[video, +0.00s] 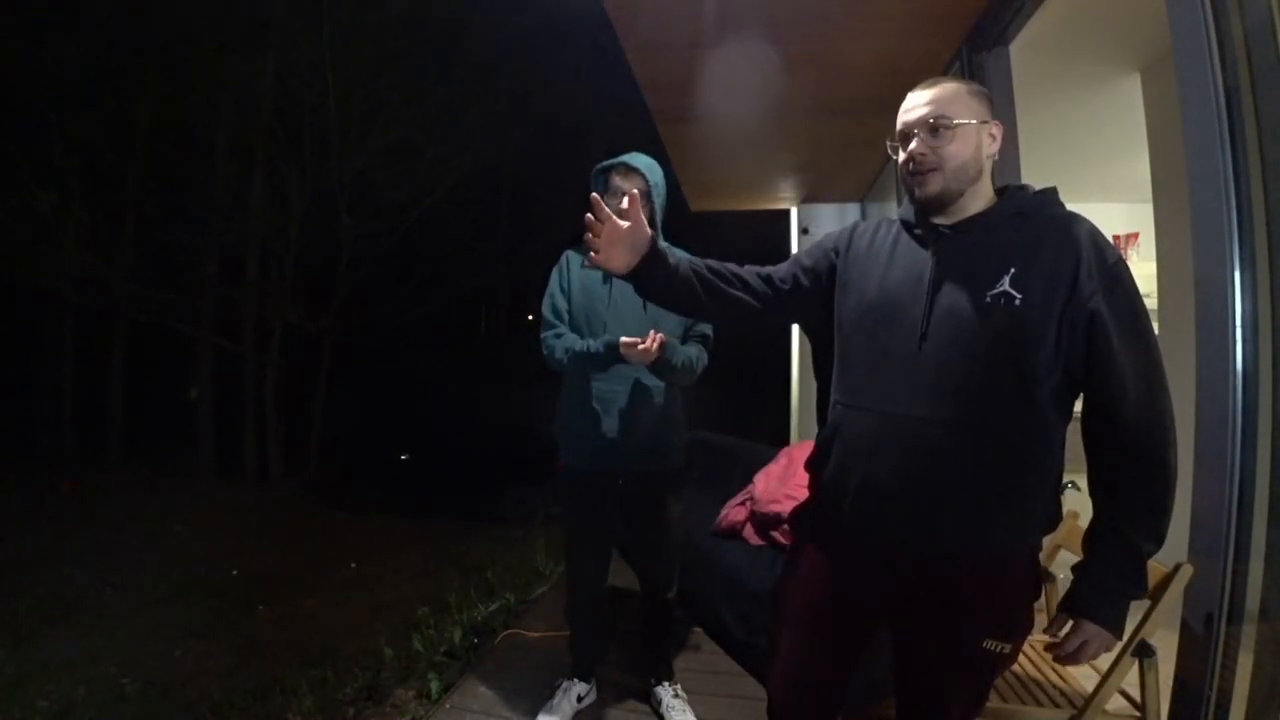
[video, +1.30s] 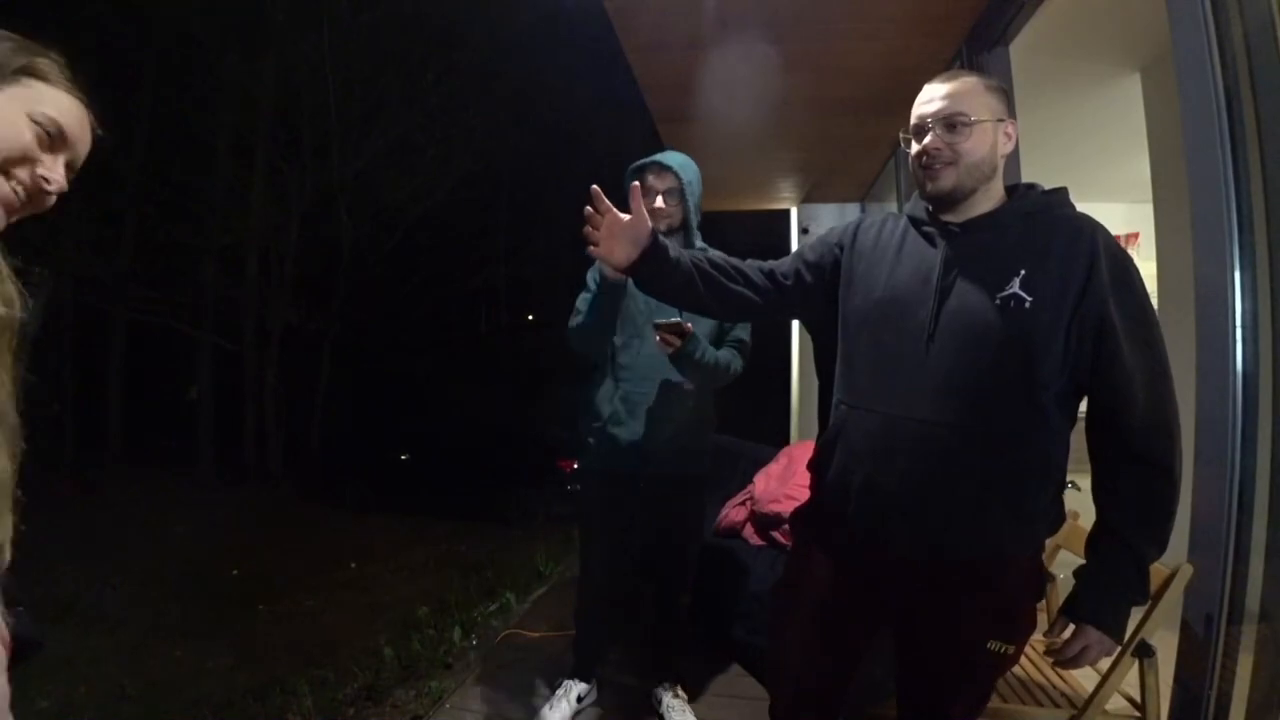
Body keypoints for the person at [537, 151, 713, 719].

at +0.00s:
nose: (632, 207)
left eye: (642, 197)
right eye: (621, 196)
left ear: (655, 204)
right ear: (599, 203)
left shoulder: (679, 269)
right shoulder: (574, 265)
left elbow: (698, 356)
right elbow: (554, 346)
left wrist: (663, 353)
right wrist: (611, 348)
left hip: (654, 444)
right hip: (587, 442)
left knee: (657, 563)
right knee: (584, 562)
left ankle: (661, 679)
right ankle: (580, 679)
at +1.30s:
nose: (658, 204)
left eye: (669, 194)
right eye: (648, 195)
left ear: (693, 199)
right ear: (634, 202)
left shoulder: (721, 275)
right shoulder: (613, 265)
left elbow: (731, 363)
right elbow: (582, 342)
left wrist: (691, 349)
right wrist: (609, 274)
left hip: (680, 440)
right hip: (613, 434)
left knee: (672, 557)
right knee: (600, 554)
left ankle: (665, 679)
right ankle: (584, 675)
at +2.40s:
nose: (676, 218)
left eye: (689, 210)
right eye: (671, 207)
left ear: (711, 216)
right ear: (661, 210)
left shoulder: (728, 275)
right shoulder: (640, 267)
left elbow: (737, 359)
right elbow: (606, 315)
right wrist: (647, 252)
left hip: (690, 433)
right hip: (628, 428)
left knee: (679, 551)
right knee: (607, 533)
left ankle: (666, 673)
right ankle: (595, 625)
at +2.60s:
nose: (661, 222)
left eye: (672, 213)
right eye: (655, 211)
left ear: (695, 218)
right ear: (645, 216)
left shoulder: (716, 283)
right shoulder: (621, 273)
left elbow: (727, 358)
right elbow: (577, 328)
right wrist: (625, 274)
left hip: (684, 440)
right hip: (618, 436)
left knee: (675, 553)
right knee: (611, 539)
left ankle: (663, 671)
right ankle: (619, 629)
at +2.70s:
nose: (650, 224)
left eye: (661, 214)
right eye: (642, 215)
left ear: (682, 220)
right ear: (631, 221)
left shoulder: (706, 284)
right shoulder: (609, 277)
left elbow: (718, 352)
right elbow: (565, 342)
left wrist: (678, 363)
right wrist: (588, 326)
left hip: (675, 433)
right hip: (609, 427)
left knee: (665, 546)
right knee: (611, 532)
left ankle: (661, 670)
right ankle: (620, 629)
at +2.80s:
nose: (638, 227)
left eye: (648, 217)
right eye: (630, 218)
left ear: (668, 222)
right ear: (620, 224)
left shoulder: (695, 284)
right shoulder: (597, 285)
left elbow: (708, 361)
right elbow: (562, 357)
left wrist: (678, 427)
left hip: (667, 439)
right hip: (603, 431)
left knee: (664, 554)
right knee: (608, 540)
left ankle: (663, 673)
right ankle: (618, 632)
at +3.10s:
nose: (604, 230)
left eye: (613, 220)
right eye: (596, 221)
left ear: (635, 225)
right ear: (585, 230)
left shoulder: (659, 288)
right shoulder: (582, 292)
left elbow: (687, 351)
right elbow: (566, 369)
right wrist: (569, 434)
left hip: (650, 444)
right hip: (599, 444)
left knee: (654, 562)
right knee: (607, 547)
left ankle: (656, 667)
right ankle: (621, 632)